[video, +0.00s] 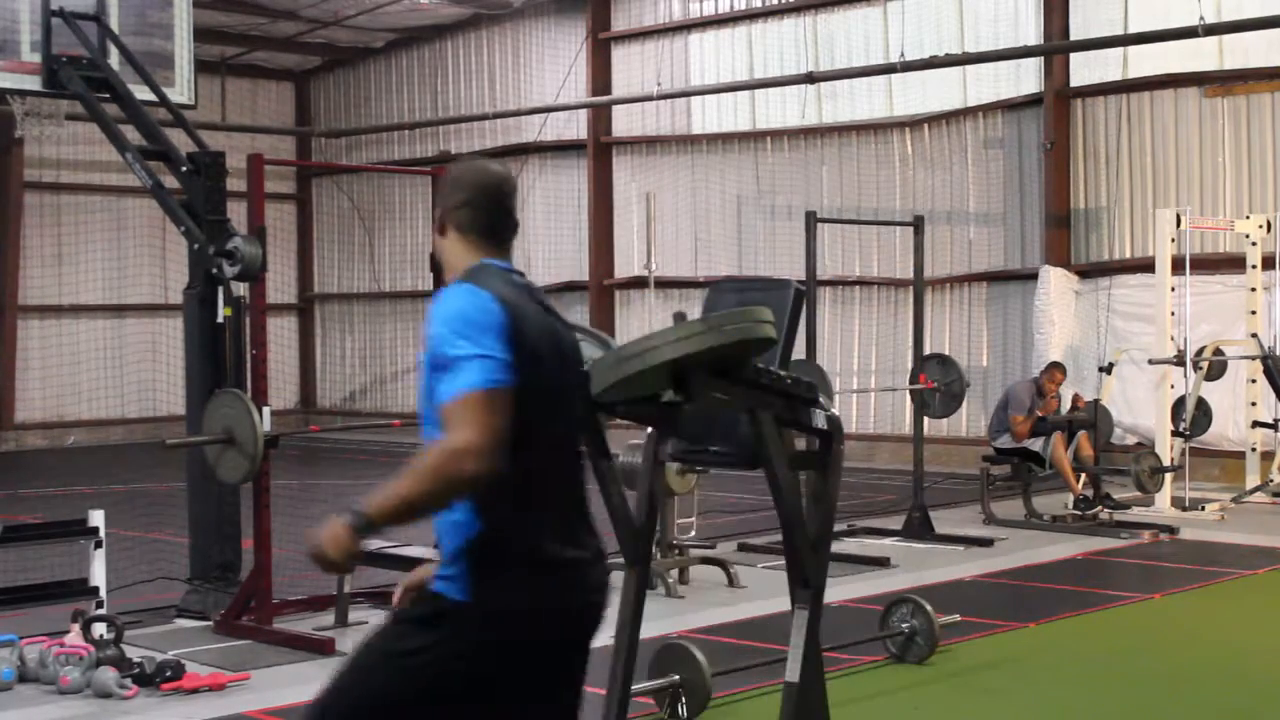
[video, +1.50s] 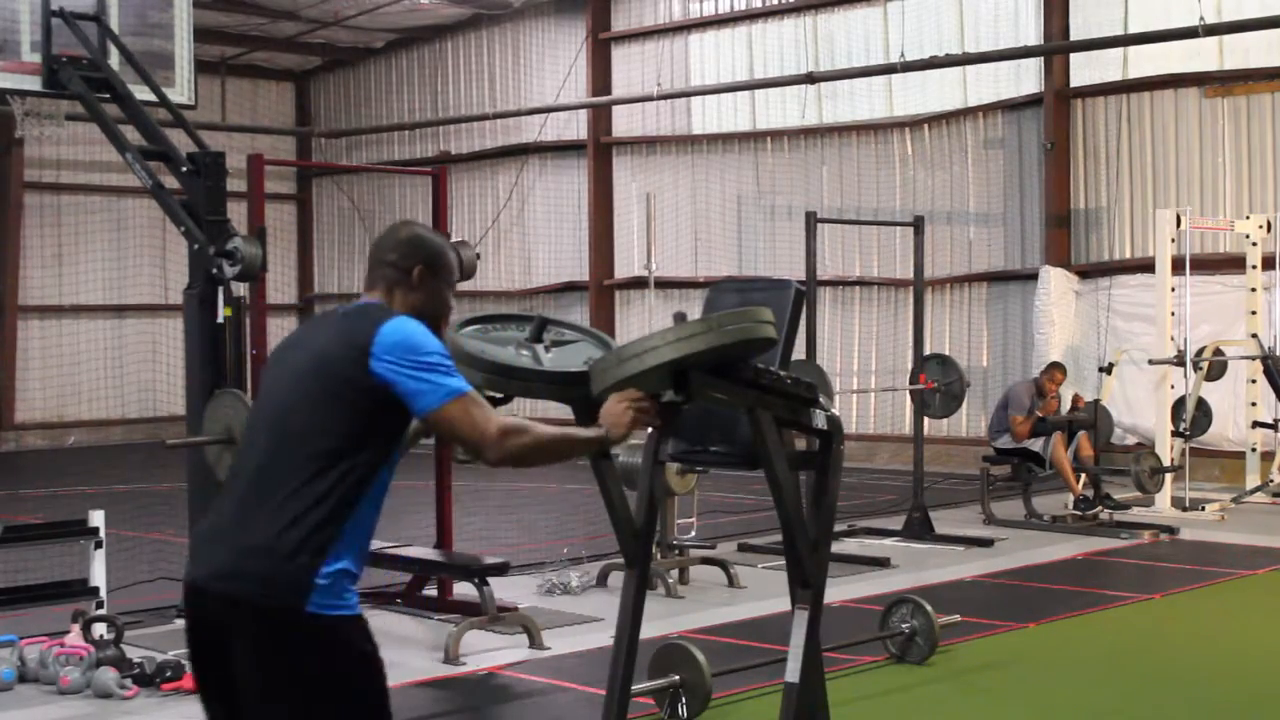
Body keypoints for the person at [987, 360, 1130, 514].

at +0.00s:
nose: (1054, 388)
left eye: (1058, 385)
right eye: (1051, 382)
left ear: (1061, 385)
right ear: (1041, 374)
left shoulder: (1051, 395)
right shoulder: (1021, 391)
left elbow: (1053, 427)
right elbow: (1019, 435)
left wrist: (1072, 411)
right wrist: (1041, 412)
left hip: (1029, 438)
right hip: (1003, 439)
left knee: (1080, 436)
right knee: (1055, 439)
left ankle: (1099, 494)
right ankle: (1079, 498)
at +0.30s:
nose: (1054, 388)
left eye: (1058, 385)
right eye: (1051, 382)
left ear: (1061, 384)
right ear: (1041, 375)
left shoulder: (1050, 395)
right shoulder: (1021, 391)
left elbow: (1054, 427)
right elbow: (1018, 434)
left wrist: (1073, 412)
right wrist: (1041, 412)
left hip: (1029, 438)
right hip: (1004, 440)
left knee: (1080, 436)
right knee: (1055, 439)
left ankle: (1099, 494)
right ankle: (1079, 498)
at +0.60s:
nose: (1054, 389)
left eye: (1058, 385)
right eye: (1051, 382)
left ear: (1061, 384)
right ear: (1041, 375)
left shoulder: (1051, 396)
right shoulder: (1020, 391)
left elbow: (1053, 427)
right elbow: (1018, 435)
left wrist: (1073, 412)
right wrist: (1040, 412)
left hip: (1029, 438)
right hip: (1004, 439)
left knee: (1080, 435)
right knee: (1055, 439)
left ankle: (1099, 494)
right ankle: (1079, 498)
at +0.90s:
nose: (1054, 388)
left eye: (1058, 385)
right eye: (1051, 382)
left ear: (1061, 384)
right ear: (1041, 375)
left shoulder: (1051, 396)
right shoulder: (1020, 392)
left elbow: (1053, 427)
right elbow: (1018, 435)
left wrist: (1073, 412)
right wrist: (1040, 412)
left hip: (1029, 438)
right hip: (1004, 439)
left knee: (1080, 435)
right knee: (1055, 439)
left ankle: (1099, 494)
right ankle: (1079, 498)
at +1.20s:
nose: (1053, 388)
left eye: (1058, 385)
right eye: (1051, 382)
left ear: (1061, 385)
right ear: (1041, 375)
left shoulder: (1051, 396)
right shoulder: (1020, 392)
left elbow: (1054, 427)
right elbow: (1019, 435)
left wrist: (1073, 412)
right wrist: (1040, 412)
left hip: (1029, 439)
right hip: (1004, 440)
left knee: (1080, 436)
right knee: (1055, 439)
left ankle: (1099, 494)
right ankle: (1079, 498)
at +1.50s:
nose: (1054, 388)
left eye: (1058, 385)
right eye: (1051, 382)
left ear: (1061, 385)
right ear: (1041, 375)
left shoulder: (1050, 395)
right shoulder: (1020, 392)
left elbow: (1053, 426)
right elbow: (1018, 435)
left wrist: (1073, 412)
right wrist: (1040, 412)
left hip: (1029, 438)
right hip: (1004, 440)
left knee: (1080, 436)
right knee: (1055, 439)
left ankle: (1099, 494)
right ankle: (1079, 498)